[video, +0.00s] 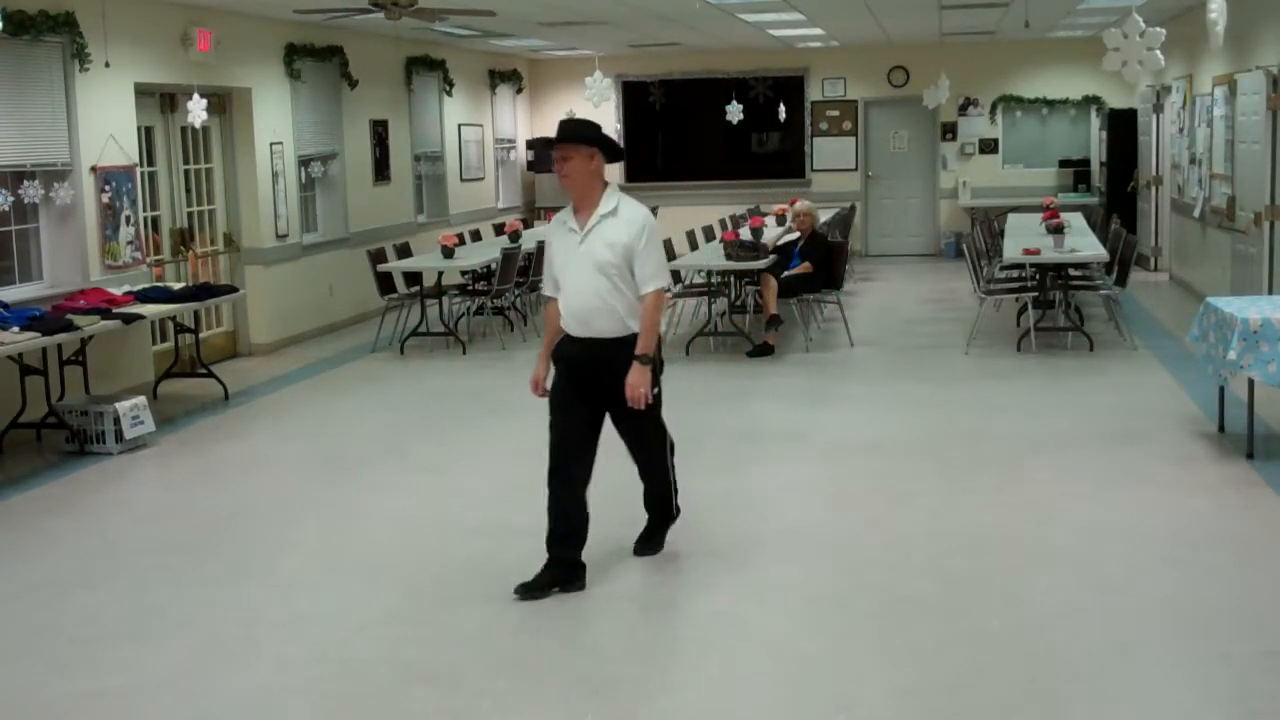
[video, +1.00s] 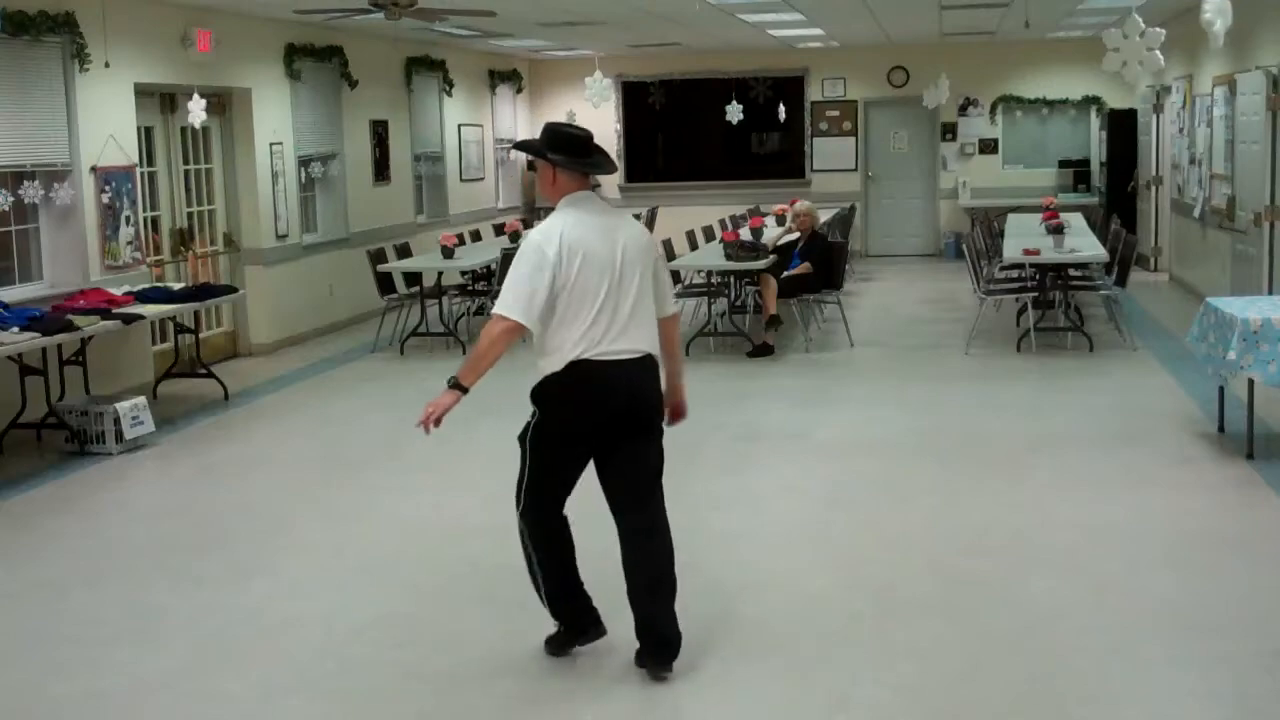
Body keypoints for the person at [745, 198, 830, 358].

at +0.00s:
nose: (800, 219)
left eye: (804, 215)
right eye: (797, 216)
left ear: (813, 218)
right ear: (794, 221)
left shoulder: (820, 239)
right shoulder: (795, 241)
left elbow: (810, 266)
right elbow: (767, 249)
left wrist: (785, 275)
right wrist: (785, 230)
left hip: (808, 278)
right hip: (788, 274)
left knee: (767, 291)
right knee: (765, 273)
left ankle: (769, 342)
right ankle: (773, 315)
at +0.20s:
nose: (801, 219)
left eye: (805, 215)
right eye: (797, 216)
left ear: (813, 218)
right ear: (794, 221)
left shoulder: (819, 239)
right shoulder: (795, 241)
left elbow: (810, 266)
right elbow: (767, 249)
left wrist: (785, 276)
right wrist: (785, 230)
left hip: (808, 278)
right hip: (788, 274)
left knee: (767, 292)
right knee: (766, 274)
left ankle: (769, 342)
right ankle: (773, 315)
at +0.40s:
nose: (801, 219)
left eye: (805, 215)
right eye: (797, 216)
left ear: (813, 219)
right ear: (794, 220)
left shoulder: (819, 239)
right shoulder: (794, 241)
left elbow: (809, 267)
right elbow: (767, 249)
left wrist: (785, 276)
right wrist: (785, 230)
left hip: (808, 278)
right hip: (788, 274)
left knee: (767, 292)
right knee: (765, 274)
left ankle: (769, 342)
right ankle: (773, 315)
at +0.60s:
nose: (801, 219)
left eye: (805, 216)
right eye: (798, 216)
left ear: (813, 218)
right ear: (794, 220)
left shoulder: (820, 239)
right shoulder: (795, 241)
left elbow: (811, 265)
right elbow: (767, 249)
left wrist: (786, 275)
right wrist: (785, 231)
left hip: (809, 278)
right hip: (789, 274)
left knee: (768, 291)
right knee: (765, 274)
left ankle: (767, 343)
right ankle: (772, 314)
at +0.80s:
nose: (801, 219)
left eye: (805, 215)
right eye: (798, 216)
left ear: (813, 218)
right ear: (794, 221)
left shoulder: (820, 239)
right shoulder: (795, 241)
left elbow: (811, 265)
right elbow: (767, 248)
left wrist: (786, 275)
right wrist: (785, 230)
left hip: (808, 278)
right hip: (789, 275)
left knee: (768, 292)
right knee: (765, 274)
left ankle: (767, 343)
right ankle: (772, 315)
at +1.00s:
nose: (801, 219)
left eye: (805, 215)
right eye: (797, 216)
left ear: (813, 218)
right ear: (794, 221)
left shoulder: (820, 239)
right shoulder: (795, 241)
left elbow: (811, 265)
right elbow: (767, 249)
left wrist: (786, 275)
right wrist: (785, 230)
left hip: (808, 278)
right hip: (788, 275)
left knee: (767, 292)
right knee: (765, 274)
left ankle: (767, 343)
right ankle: (772, 315)